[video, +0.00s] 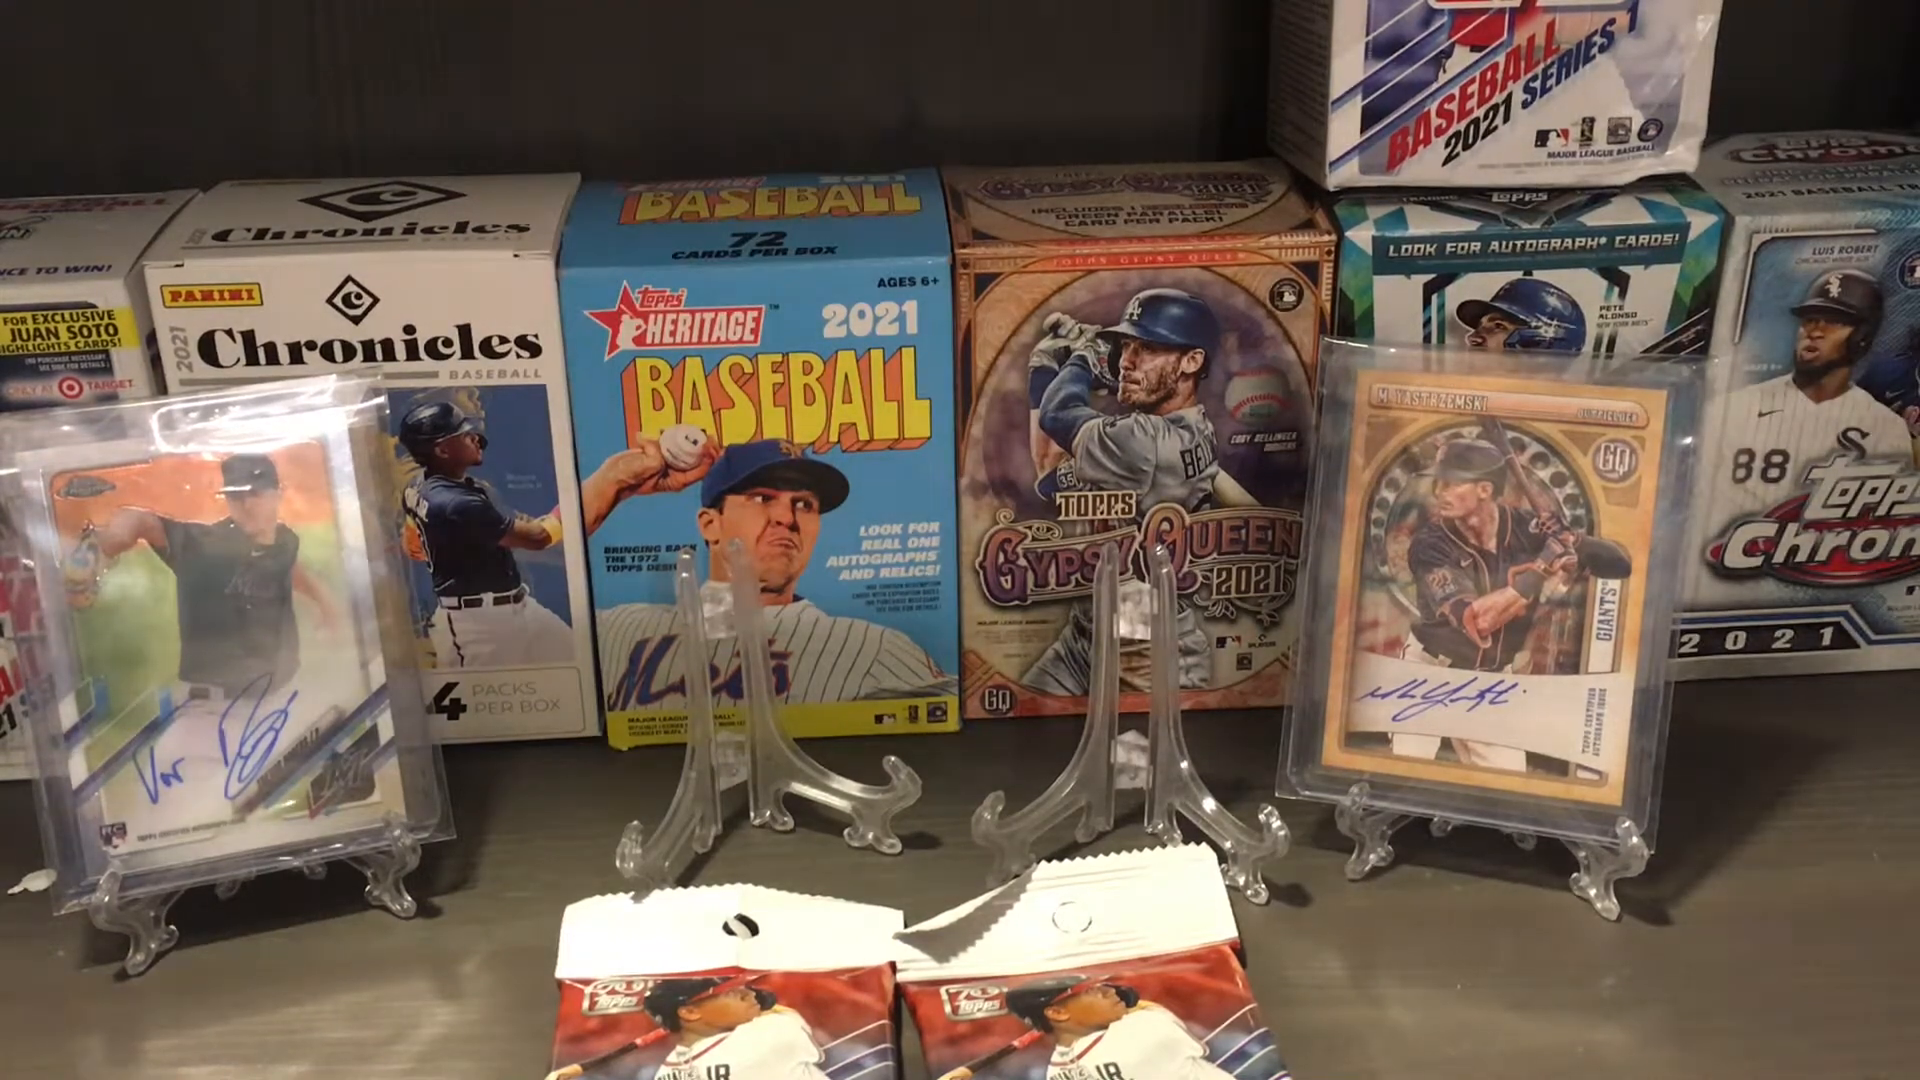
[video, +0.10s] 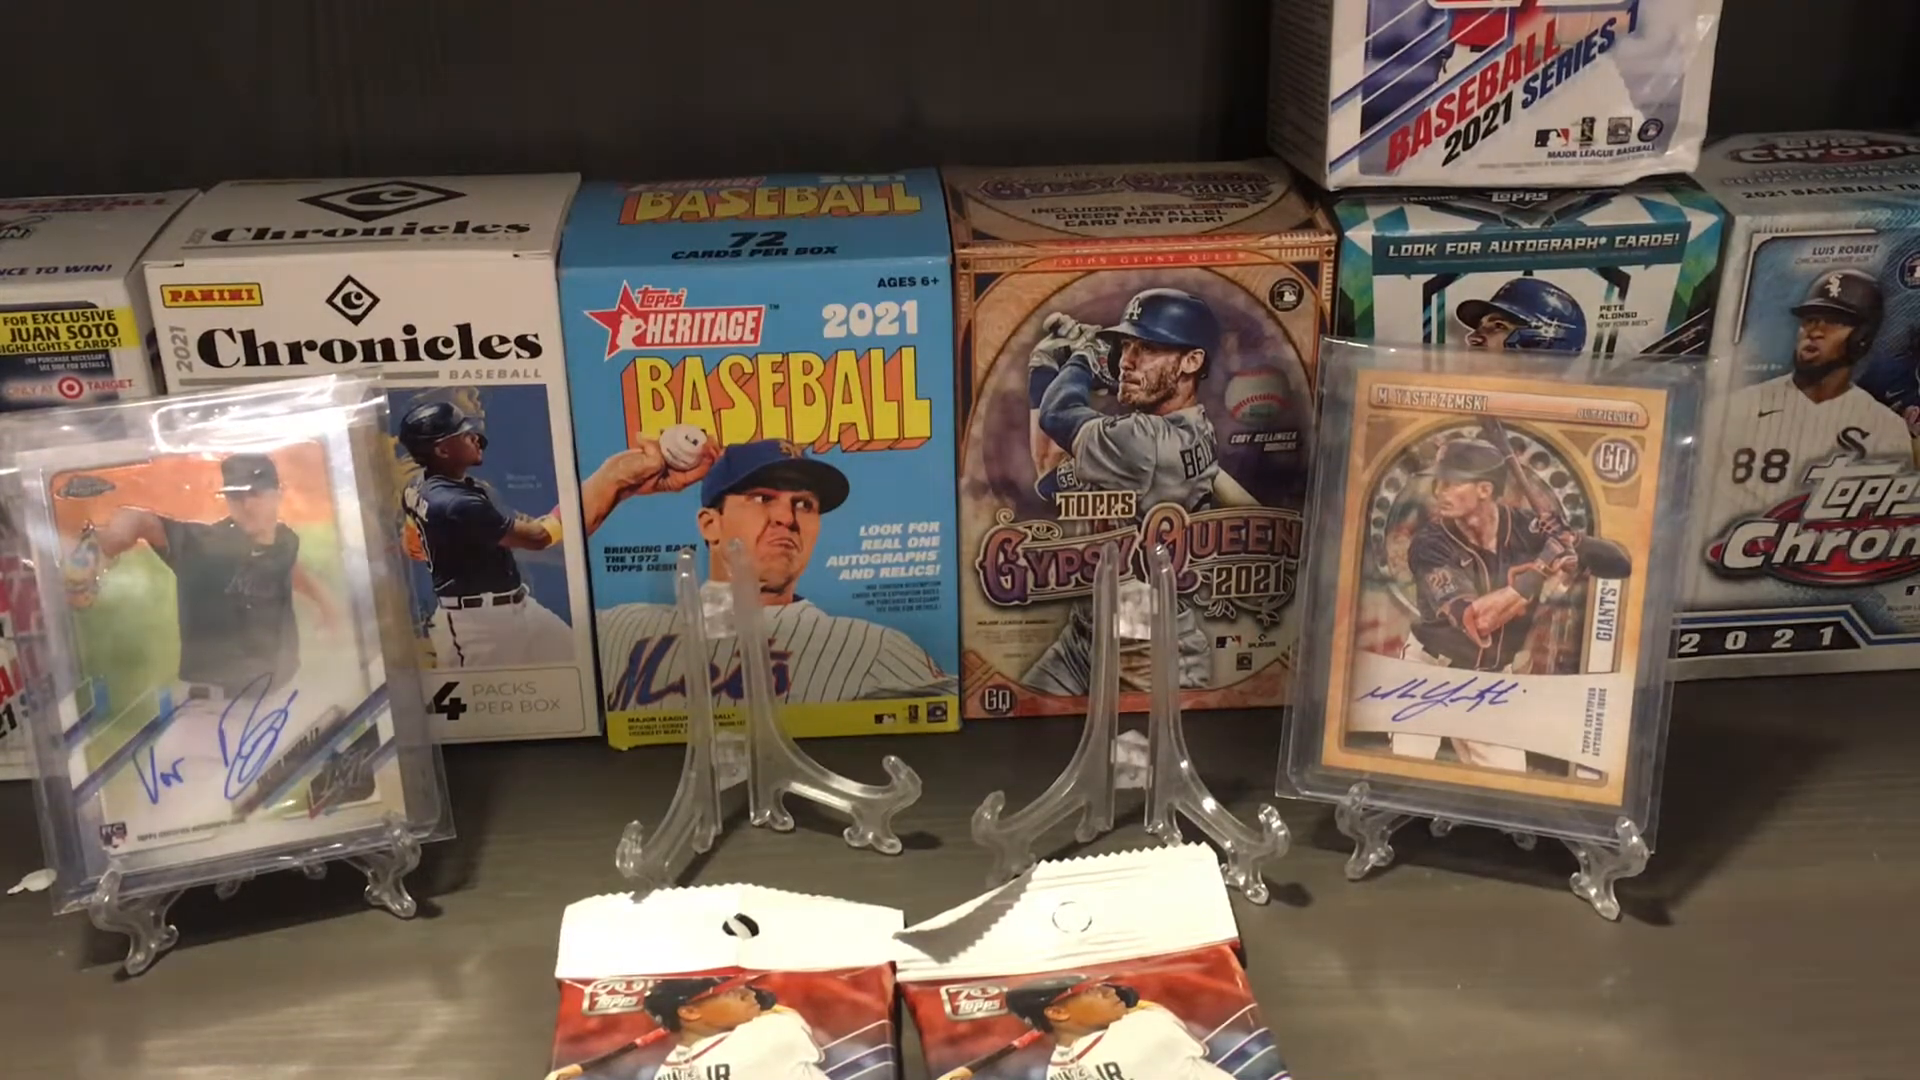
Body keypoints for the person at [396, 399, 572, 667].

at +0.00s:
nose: (476, 436)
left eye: (470, 430)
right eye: (465, 432)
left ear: (443, 450)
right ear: (442, 449)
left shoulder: (422, 489)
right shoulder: (460, 506)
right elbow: (538, 537)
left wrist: (552, 520)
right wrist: (567, 513)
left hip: (520, 609)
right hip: (474, 622)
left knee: (586, 663)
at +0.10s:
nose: (476, 436)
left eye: (470, 430)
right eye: (465, 432)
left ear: (443, 450)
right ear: (442, 449)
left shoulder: (422, 489)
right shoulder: (460, 506)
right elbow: (538, 537)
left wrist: (548, 521)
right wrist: (565, 514)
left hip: (520, 609)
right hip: (474, 622)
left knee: (586, 662)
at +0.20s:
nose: (476, 436)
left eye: (470, 430)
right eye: (465, 433)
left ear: (443, 450)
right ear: (442, 449)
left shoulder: (421, 488)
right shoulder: (460, 506)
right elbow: (538, 537)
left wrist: (547, 521)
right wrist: (566, 513)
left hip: (520, 609)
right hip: (474, 622)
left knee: (587, 662)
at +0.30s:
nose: (476, 436)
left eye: (470, 430)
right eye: (465, 433)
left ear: (443, 451)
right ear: (442, 449)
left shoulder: (421, 489)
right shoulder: (460, 506)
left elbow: (413, 545)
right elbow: (538, 537)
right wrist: (568, 512)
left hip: (520, 609)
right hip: (474, 622)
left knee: (587, 663)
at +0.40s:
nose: (476, 436)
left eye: (470, 430)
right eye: (464, 433)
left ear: (443, 451)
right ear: (442, 449)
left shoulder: (420, 489)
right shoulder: (460, 506)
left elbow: (413, 545)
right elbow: (538, 537)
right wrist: (567, 513)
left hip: (520, 609)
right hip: (474, 623)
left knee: (586, 661)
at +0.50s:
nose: (475, 436)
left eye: (470, 430)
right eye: (465, 433)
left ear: (442, 451)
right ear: (442, 450)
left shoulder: (420, 489)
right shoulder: (461, 506)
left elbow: (413, 545)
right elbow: (538, 537)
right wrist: (570, 509)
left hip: (520, 608)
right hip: (475, 622)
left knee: (587, 662)